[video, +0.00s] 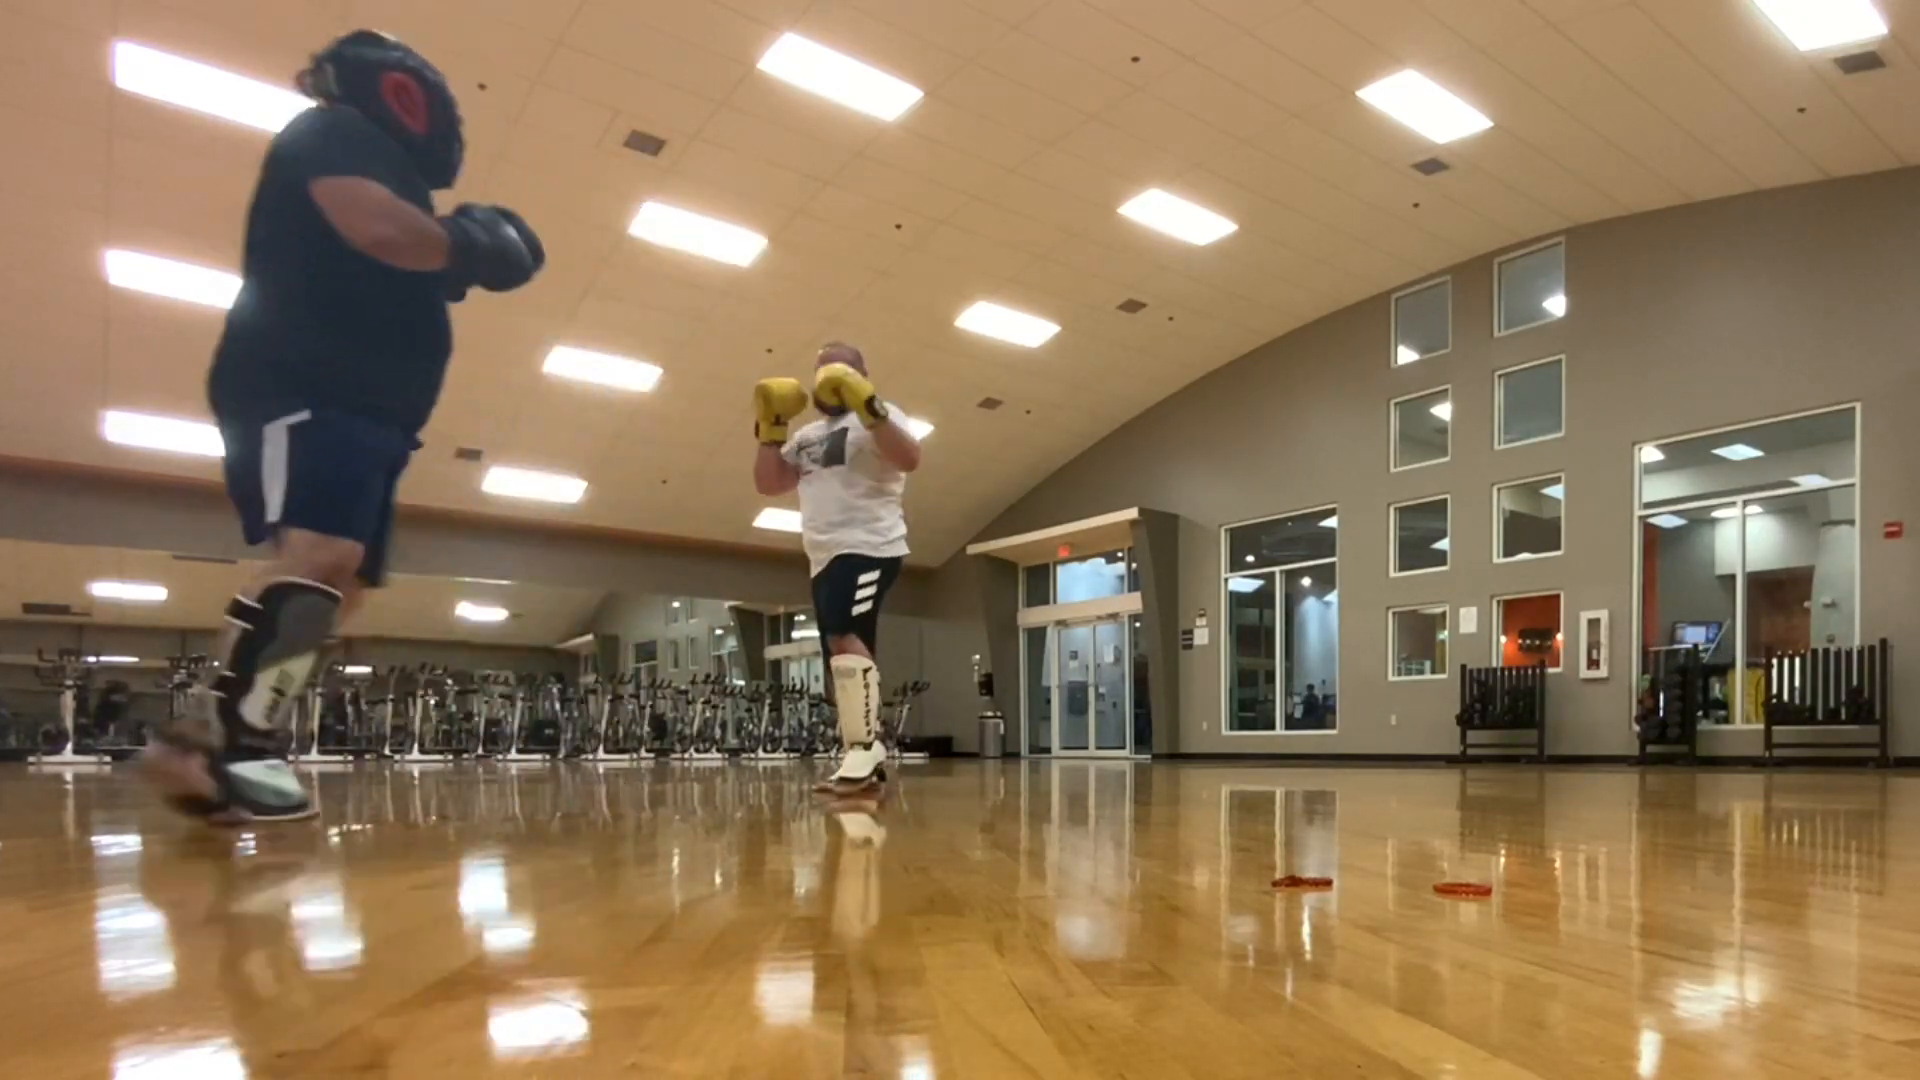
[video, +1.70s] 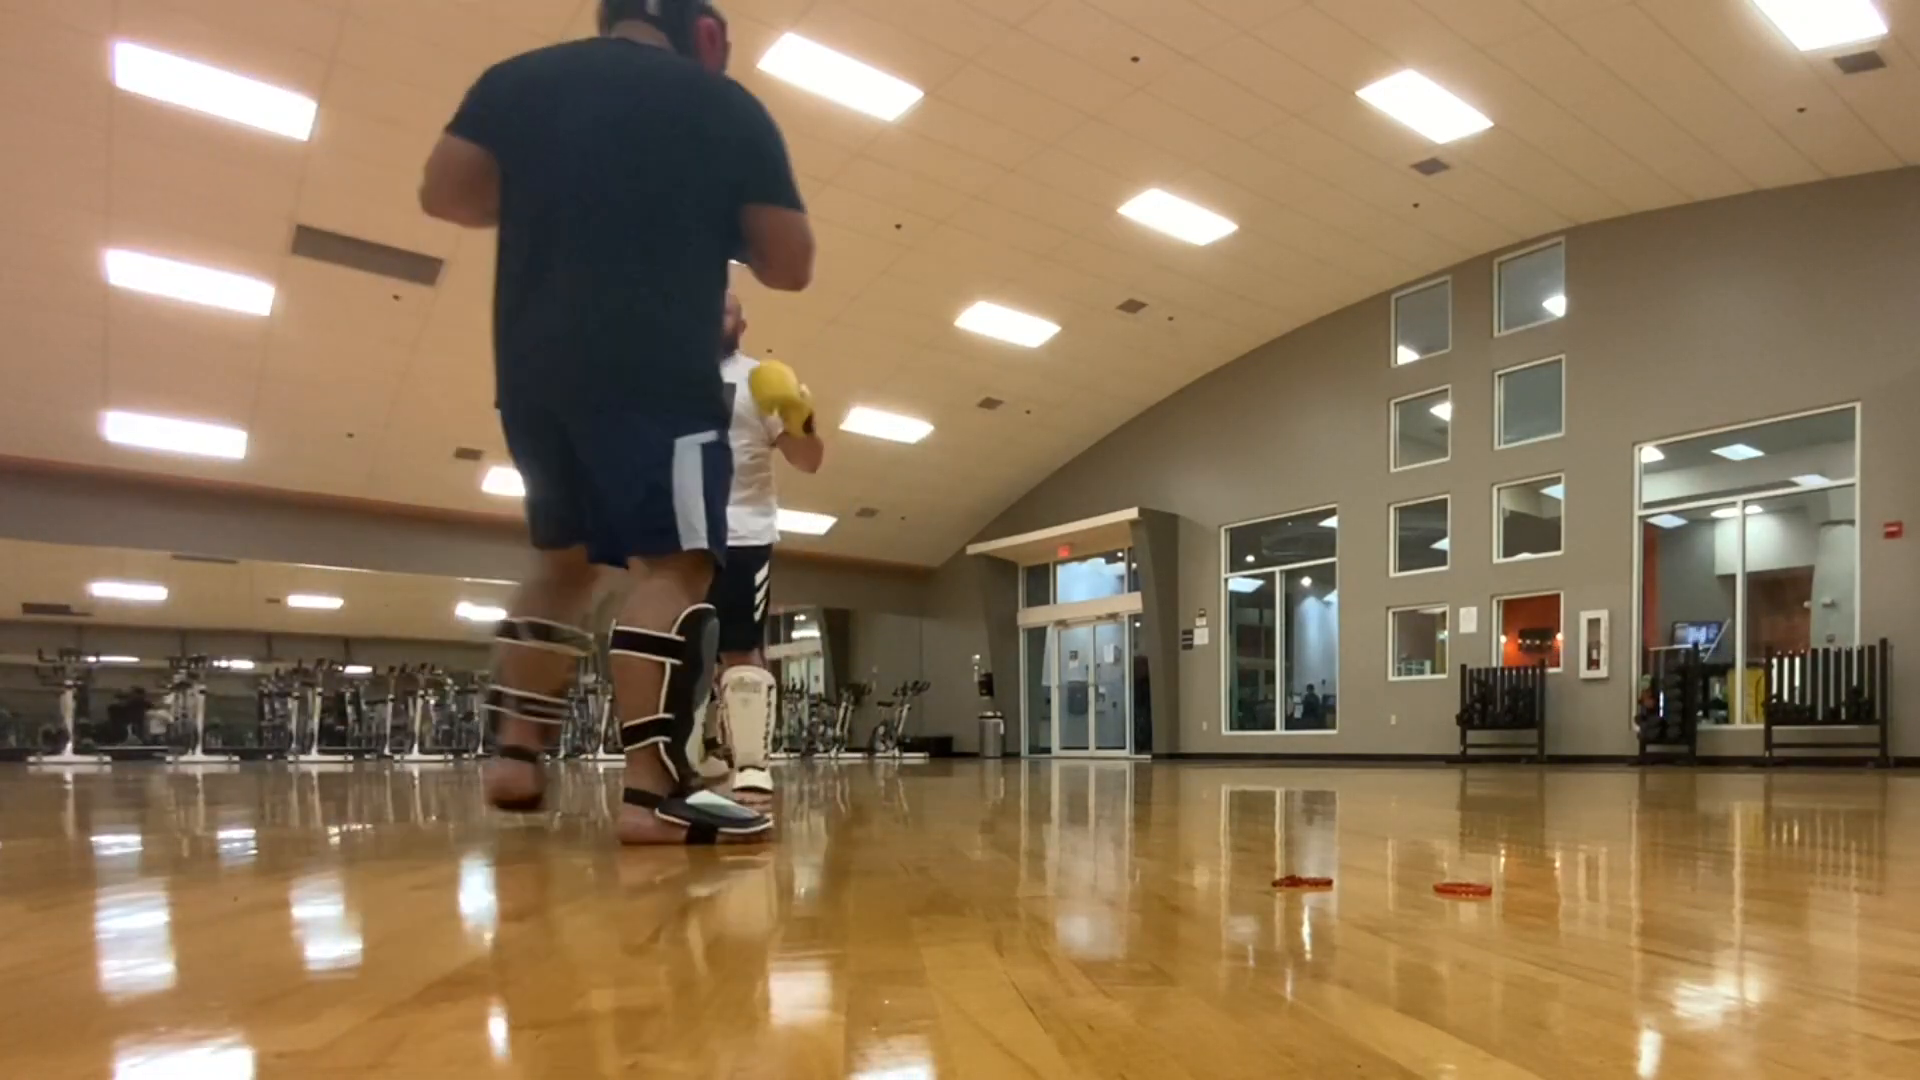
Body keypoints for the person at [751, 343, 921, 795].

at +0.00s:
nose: (832, 372)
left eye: (842, 365)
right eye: (825, 364)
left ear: (861, 375)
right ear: (815, 378)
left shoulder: (879, 416)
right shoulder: (806, 435)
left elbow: (909, 459)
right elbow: (770, 484)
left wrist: (870, 410)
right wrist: (769, 432)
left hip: (870, 544)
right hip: (826, 552)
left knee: (844, 637)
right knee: (847, 649)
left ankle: (859, 749)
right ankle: (866, 750)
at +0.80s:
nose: (781, 353)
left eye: (793, 345)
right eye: (775, 344)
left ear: (821, 352)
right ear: (769, 349)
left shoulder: (847, 396)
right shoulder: (762, 409)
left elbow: (880, 460)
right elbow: (741, 479)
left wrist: (829, 419)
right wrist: (724, 438)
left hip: (837, 541)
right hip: (785, 550)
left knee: (824, 656)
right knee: (776, 666)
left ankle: (836, 772)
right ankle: (833, 756)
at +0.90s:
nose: (776, 332)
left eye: (788, 324)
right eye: (770, 323)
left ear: (811, 339)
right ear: (761, 340)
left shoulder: (834, 382)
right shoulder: (755, 401)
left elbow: (863, 432)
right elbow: (721, 459)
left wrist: (818, 376)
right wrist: (714, 409)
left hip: (829, 541)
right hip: (773, 546)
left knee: (825, 653)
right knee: (753, 652)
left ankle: (837, 770)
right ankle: (786, 747)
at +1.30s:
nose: (717, 338)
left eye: (730, 331)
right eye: (709, 329)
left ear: (755, 342)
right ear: (697, 339)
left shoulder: (784, 388)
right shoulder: (683, 395)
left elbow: (830, 461)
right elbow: (651, 471)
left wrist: (798, 423)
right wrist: (660, 429)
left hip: (769, 536)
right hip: (705, 546)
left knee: (779, 635)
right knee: (705, 658)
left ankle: (818, 750)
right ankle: (710, 766)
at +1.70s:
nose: (727, 312)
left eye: (731, 306)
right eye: (719, 305)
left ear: (740, 321)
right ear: (700, 318)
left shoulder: (759, 377)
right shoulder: (676, 374)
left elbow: (808, 459)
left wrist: (795, 411)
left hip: (744, 532)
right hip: (688, 532)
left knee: (738, 650)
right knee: (691, 651)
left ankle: (751, 767)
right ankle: (699, 758)